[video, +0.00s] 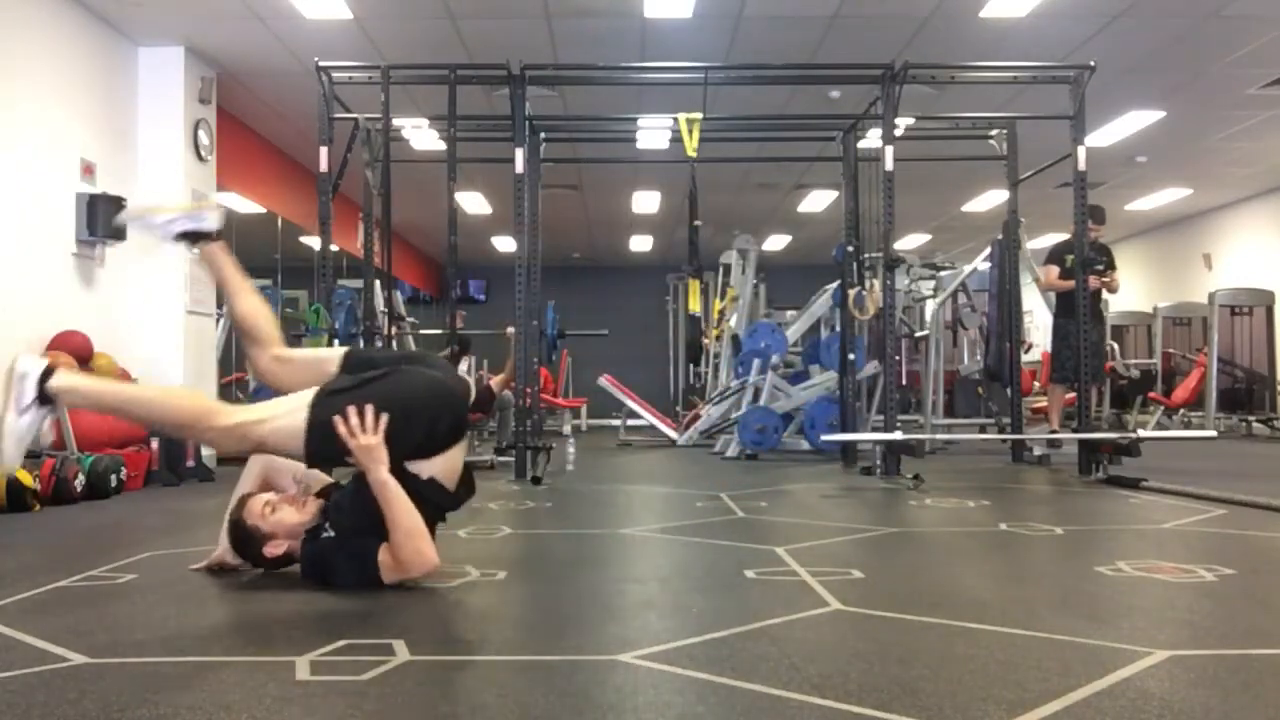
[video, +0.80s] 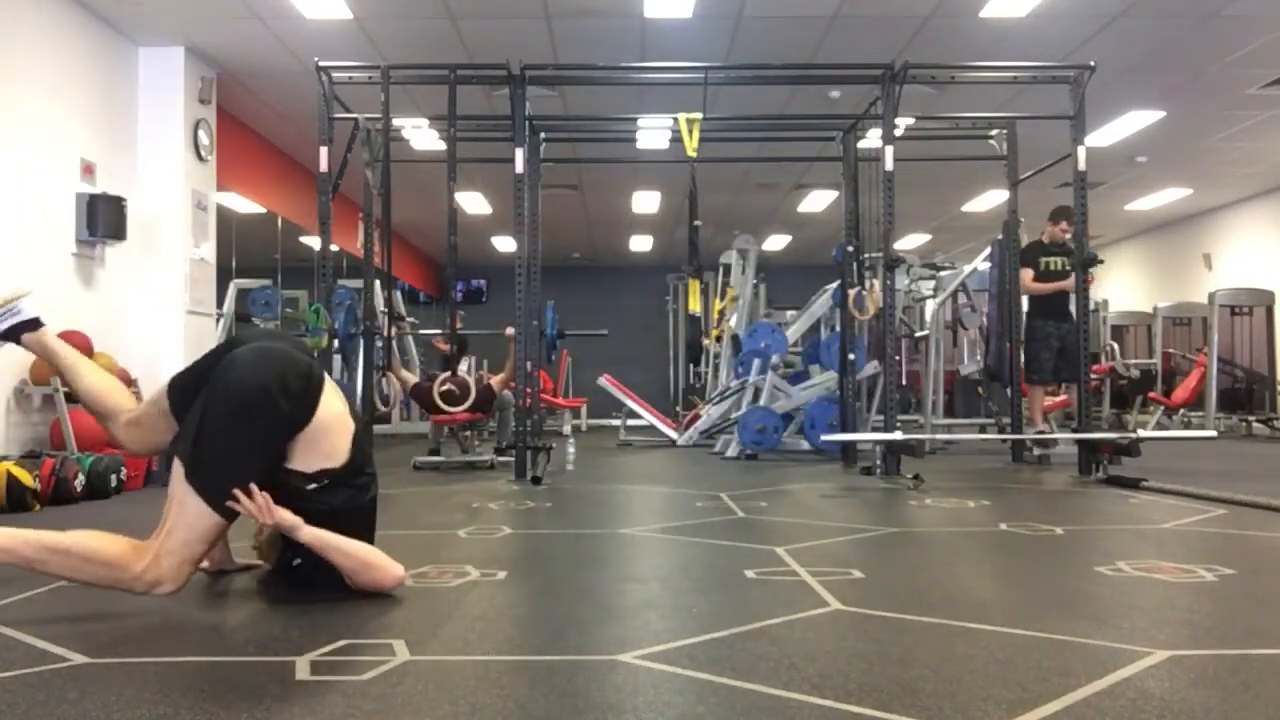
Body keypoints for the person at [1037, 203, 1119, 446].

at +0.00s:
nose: (1092, 235)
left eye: (1097, 230)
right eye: (1089, 229)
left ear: (1102, 229)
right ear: (1078, 225)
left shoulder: (1104, 252)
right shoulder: (1060, 250)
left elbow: (1114, 287)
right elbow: (1048, 283)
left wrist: (1107, 282)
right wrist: (1080, 283)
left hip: (1094, 320)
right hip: (1067, 319)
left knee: (1092, 375)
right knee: (1060, 376)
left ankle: (1087, 423)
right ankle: (1054, 427)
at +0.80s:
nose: (1067, 236)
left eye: (1069, 232)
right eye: (1064, 231)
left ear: (1069, 231)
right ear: (1050, 226)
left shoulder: (1069, 251)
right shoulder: (1031, 250)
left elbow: (1077, 278)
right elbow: (1025, 286)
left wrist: (1084, 280)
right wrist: (1063, 285)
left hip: (1065, 319)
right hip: (1040, 320)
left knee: (1075, 374)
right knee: (1038, 377)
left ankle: (1080, 421)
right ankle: (1038, 425)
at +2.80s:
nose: (1085, 226)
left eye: (1089, 221)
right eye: (1081, 221)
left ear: (1096, 222)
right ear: (1073, 221)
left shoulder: (1101, 251)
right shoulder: (1057, 250)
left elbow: (1111, 285)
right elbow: (1046, 283)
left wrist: (1102, 282)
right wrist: (1077, 284)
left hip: (1092, 319)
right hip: (1064, 320)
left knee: (1090, 375)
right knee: (1059, 376)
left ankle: (1086, 424)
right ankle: (1054, 427)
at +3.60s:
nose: (1078, 222)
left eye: (1082, 217)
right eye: (1073, 217)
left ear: (1088, 220)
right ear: (1065, 220)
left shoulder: (1097, 250)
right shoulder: (1052, 251)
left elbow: (1111, 285)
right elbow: (1034, 283)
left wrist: (1100, 274)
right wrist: (1051, 297)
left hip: (1090, 320)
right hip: (1063, 321)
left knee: (1090, 376)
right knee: (1058, 376)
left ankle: (1087, 425)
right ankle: (1054, 428)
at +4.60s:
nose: (1081, 223)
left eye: (1085, 218)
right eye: (1076, 219)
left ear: (1089, 220)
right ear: (1065, 221)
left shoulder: (1091, 250)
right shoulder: (1051, 252)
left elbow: (1111, 277)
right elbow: (1038, 281)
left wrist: (1096, 255)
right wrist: (1068, 266)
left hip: (1089, 320)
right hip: (1062, 320)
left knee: (1089, 376)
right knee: (1058, 377)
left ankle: (1087, 424)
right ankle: (1054, 428)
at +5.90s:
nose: (1081, 224)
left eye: (1086, 219)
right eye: (1076, 218)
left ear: (1091, 223)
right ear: (1067, 221)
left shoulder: (1093, 249)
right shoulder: (1057, 245)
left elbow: (1127, 255)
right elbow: (1043, 255)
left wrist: (1107, 232)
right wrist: (1059, 230)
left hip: (1088, 318)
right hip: (1063, 318)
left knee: (1088, 376)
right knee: (1058, 376)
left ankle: (1086, 424)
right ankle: (1055, 427)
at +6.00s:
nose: (1080, 223)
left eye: (1085, 217)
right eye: (1075, 217)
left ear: (1090, 222)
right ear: (1066, 220)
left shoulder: (1093, 248)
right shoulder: (1057, 245)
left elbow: (1128, 253)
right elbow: (1043, 253)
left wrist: (1106, 230)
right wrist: (1058, 229)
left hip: (1088, 318)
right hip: (1063, 317)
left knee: (1088, 376)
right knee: (1058, 376)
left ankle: (1086, 425)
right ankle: (1055, 427)